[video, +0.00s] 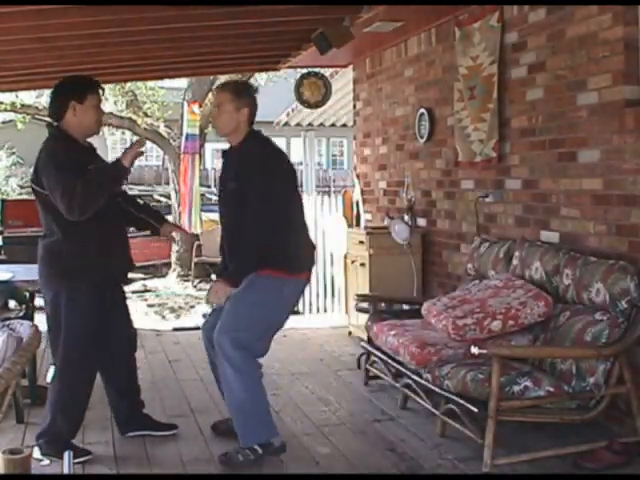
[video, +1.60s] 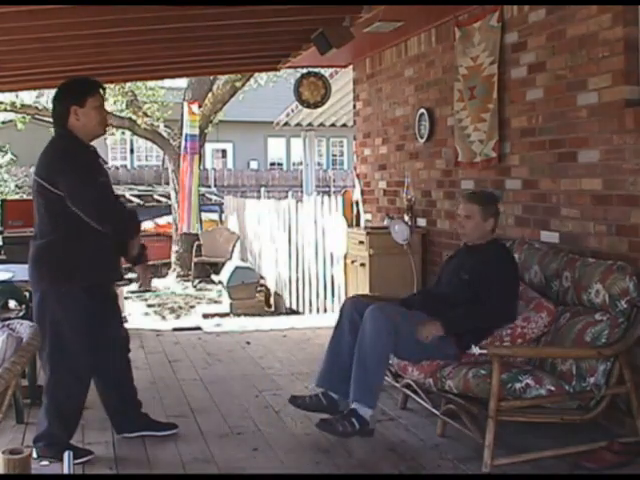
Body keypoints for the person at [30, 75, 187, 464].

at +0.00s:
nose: (102, 113)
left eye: (101, 105)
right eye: (96, 105)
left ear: (75, 109)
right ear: (74, 108)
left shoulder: (85, 153)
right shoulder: (55, 153)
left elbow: (116, 199)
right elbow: (76, 205)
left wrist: (159, 223)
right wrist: (120, 167)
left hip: (100, 273)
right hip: (71, 276)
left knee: (119, 348)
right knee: (75, 360)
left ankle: (131, 419)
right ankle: (53, 441)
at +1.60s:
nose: (106, 114)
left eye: (104, 106)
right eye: (99, 107)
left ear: (78, 114)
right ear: (74, 113)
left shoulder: (86, 156)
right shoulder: (62, 156)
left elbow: (108, 207)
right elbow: (99, 212)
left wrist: (129, 246)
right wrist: (132, 219)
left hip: (91, 274)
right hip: (62, 278)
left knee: (111, 349)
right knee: (70, 361)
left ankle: (129, 420)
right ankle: (51, 443)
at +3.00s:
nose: (105, 109)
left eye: (103, 102)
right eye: (98, 102)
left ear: (76, 109)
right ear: (74, 108)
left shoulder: (92, 152)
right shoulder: (61, 154)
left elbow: (113, 204)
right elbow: (94, 209)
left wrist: (141, 186)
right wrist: (134, 186)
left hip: (105, 275)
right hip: (73, 279)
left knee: (123, 351)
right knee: (74, 363)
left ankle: (136, 424)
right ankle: (52, 444)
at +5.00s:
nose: (115, 110)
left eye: (113, 103)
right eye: (106, 104)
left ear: (91, 109)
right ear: (80, 110)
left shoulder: (100, 154)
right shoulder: (68, 155)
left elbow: (127, 200)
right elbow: (108, 205)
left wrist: (166, 213)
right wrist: (164, 216)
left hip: (105, 275)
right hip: (71, 277)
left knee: (121, 351)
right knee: (70, 361)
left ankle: (134, 424)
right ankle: (51, 444)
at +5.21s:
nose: (108, 110)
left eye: (106, 102)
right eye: (100, 103)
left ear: (81, 110)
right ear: (73, 110)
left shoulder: (94, 154)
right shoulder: (62, 158)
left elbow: (116, 212)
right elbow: (93, 222)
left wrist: (153, 241)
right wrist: (141, 257)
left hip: (102, 273)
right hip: (69, 277)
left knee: (121, 350)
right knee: (69, 362)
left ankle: (134, 424)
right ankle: (52, 444)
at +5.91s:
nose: (101, 125)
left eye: (102, 117)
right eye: (97, 117)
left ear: (73, 117)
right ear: (72, 115)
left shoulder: (77, 157)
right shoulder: (52, 161)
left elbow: (96, 208)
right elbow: (72, 230)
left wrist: (133, 213)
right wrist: (122, 229)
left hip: (94, 278)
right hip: (67, 284)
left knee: (120, 349)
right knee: (80, 364)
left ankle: (135, 424)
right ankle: (52, 447)